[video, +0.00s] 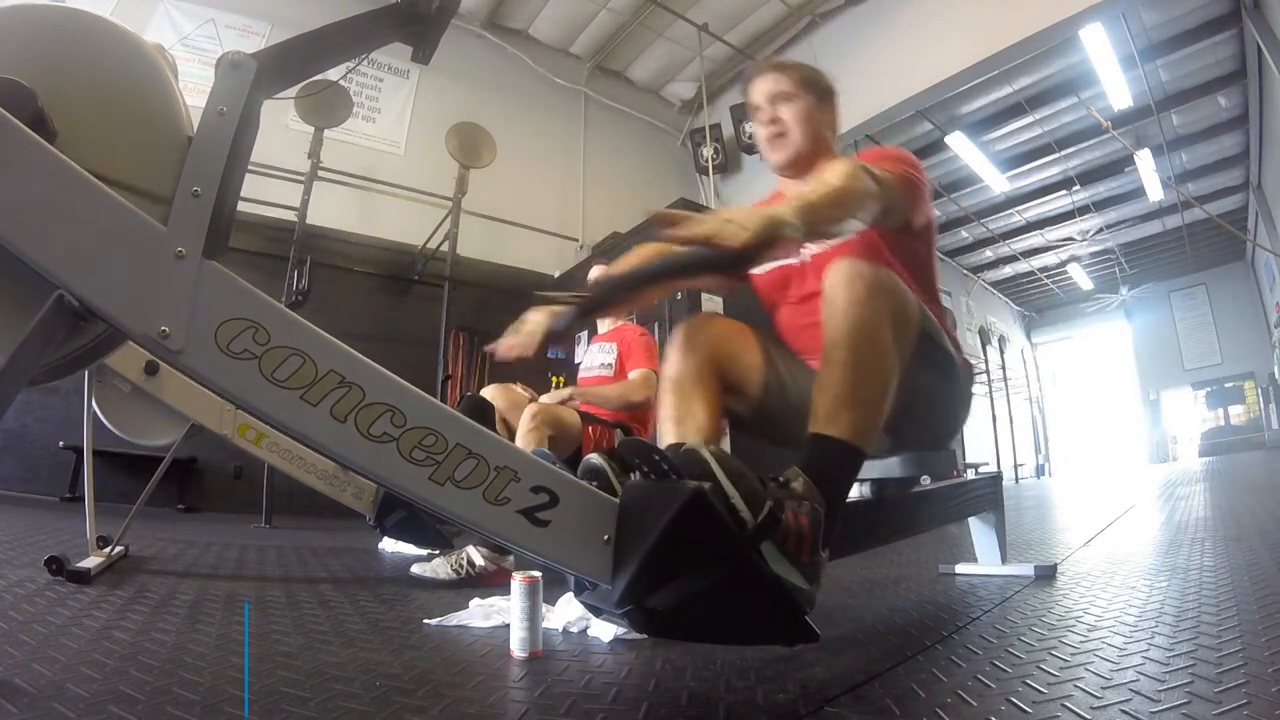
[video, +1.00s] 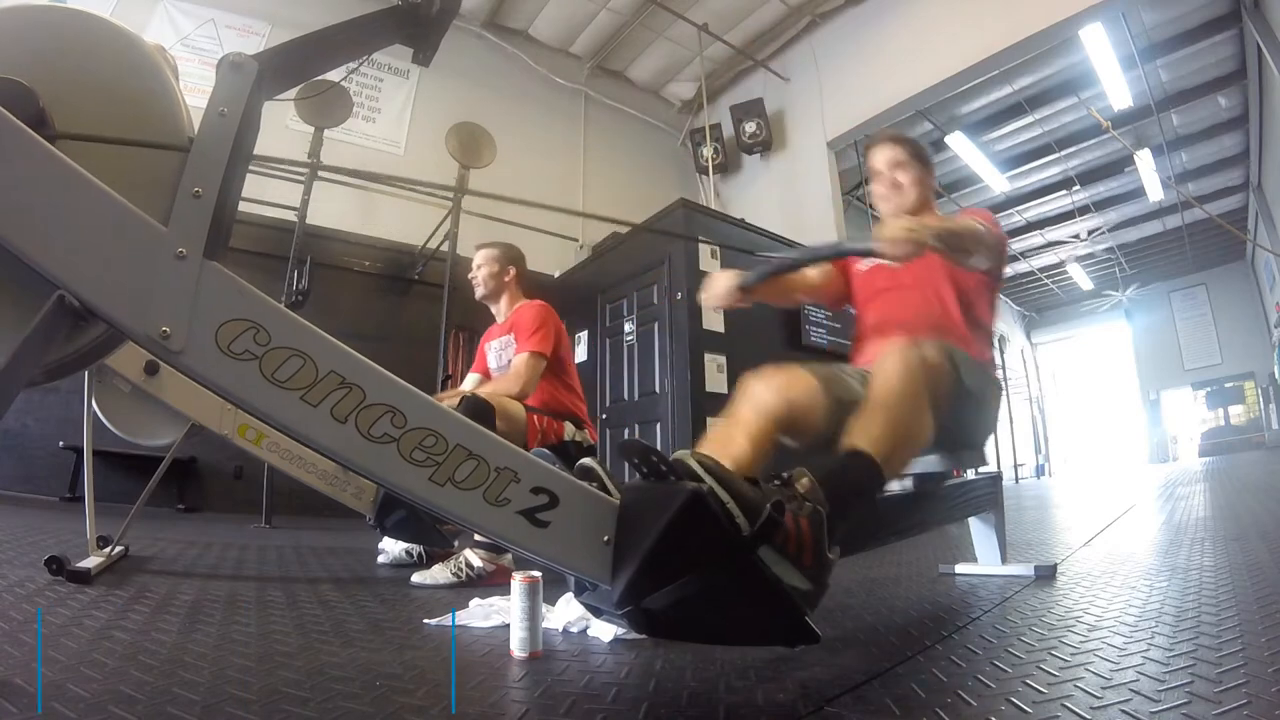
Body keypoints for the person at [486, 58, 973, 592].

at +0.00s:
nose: (767, 119)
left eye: (782, 101)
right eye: (755, 113)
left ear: (828, 109)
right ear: (753, 137)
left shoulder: (888, 165)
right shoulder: (756, 222)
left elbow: (847, 198)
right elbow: (664, 264)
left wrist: (757, 226)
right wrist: (561, 311)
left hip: (918, 398)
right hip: (810, 400)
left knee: (857, 272)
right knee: (694, 334)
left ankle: (809, 512)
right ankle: (682, 505)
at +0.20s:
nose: (697, 90)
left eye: (716, 70)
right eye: (687, 85)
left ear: (774, 81)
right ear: (686, 111)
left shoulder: (835, 135)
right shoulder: (684, 206)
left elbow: (777, 159)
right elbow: (585, 261)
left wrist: (639, 187)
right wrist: (467, 304)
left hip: (878, 396)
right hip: (759, 405)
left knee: (806, 237)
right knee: (637, 312)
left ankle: (805, 508)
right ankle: (667, 506)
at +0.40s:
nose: (653, 74)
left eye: (673, 54)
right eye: (646, 67)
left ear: (739, 70)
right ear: (645, 92)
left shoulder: (800, 118)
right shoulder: (641, 194)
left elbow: (731, 144)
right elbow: (547, 250)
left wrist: (558, 174)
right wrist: (420, 306)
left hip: (855, 391)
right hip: (732, 403)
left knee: (777, 224)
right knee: (604, 305)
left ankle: (800, 504)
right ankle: (662, 501)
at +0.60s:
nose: (686, 83)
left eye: (706, 65)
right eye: (676, 79)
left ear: (763, 79)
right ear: (671, 107)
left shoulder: (822, 129)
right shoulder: (667, 205)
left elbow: (763, 156)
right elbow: (564, 265)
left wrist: (610, 180)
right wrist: (456, 302)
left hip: (871, 395)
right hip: (749, 406)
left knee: (783, 235)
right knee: (622, 310)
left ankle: (802, 510)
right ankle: (671, 513)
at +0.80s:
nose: (790, 126)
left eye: (805, 109)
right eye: (778, 121)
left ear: (847, 120)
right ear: (771, 142)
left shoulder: (899, 165)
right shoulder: (767, 230)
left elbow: (882, 190)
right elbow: (688, 265)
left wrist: (791, 192)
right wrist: (611, 284)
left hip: (912, 392)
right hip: (807, 397)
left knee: (840, 270)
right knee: (679, 328)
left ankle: (802, 520)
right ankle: (677, 506)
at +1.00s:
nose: (889, 179)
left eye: (899, 167)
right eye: (877, 175)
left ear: (929, 175)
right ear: (870, 194)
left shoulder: (971, 225)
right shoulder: (861, 259)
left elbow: (981, 244)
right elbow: (804, 284)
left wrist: (921, 231)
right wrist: (748, 287)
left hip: (959, 389)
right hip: (870, 386)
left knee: (901, 356)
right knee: (763, 387)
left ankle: (825, 507)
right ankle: (686, 495)